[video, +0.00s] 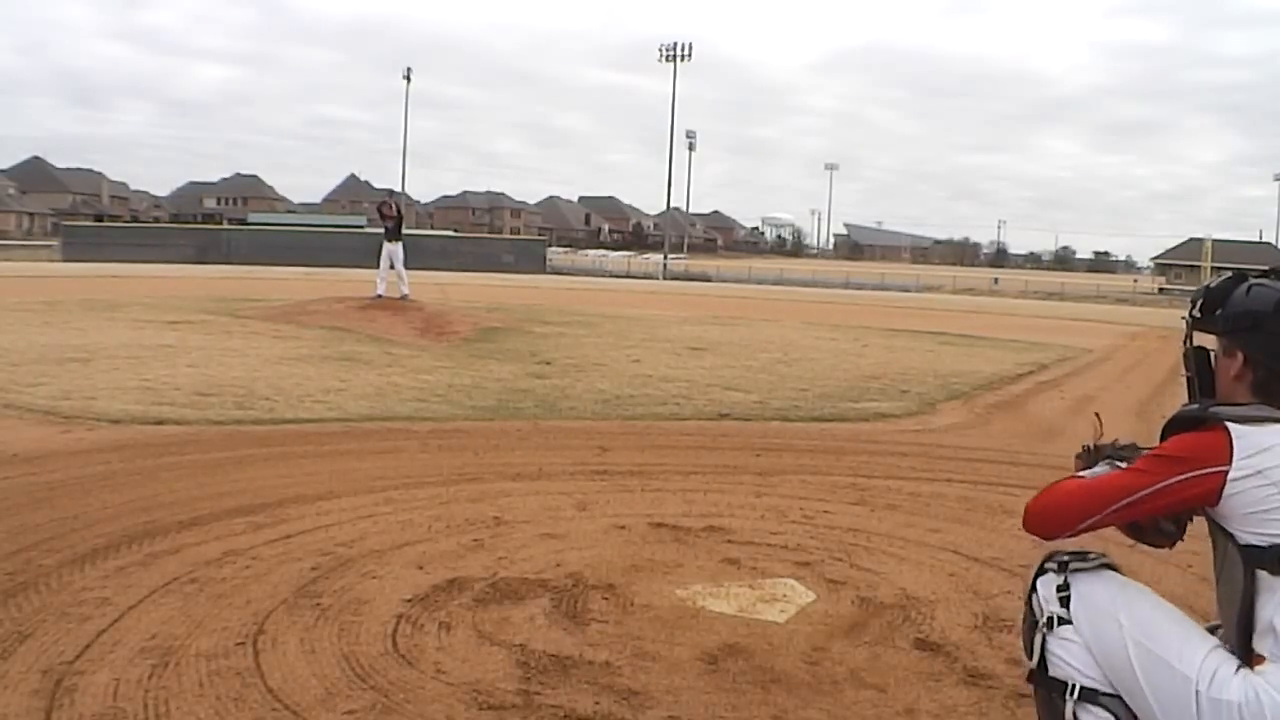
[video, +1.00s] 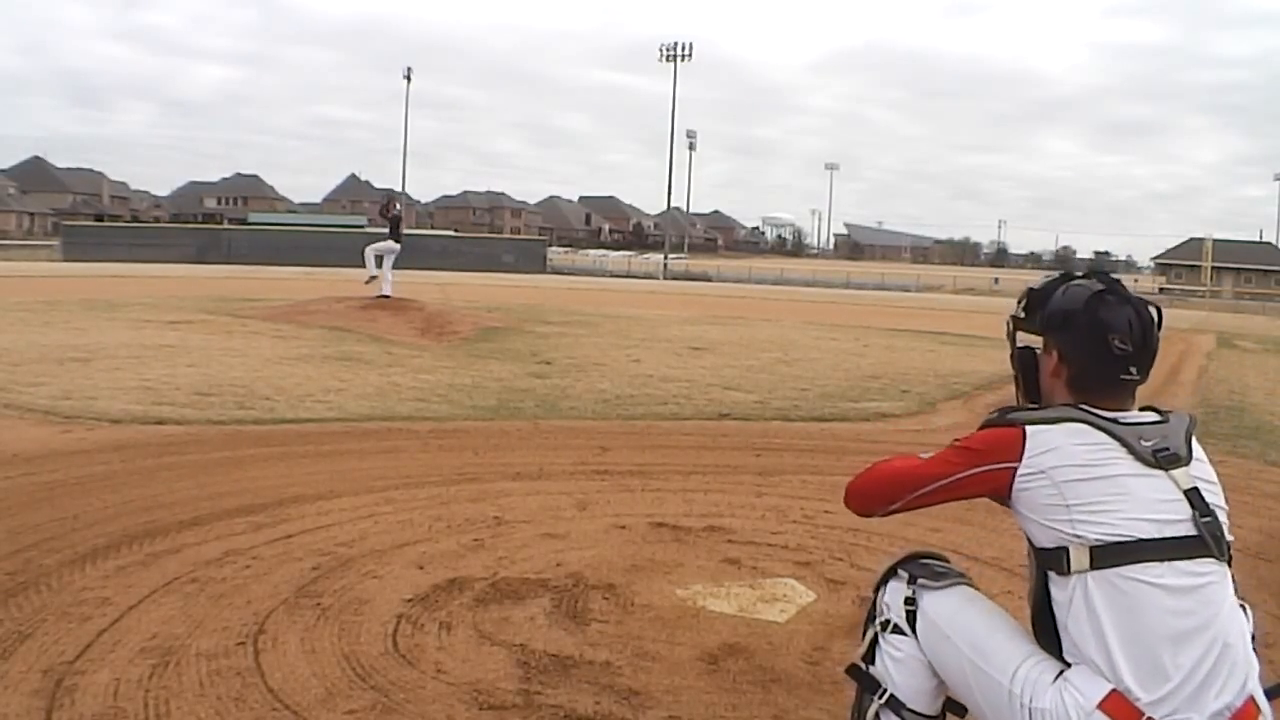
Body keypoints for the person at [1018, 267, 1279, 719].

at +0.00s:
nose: (1209, 359)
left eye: (1218, 348)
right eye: (1214, 347)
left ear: (1236, 362)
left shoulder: (1227, 448)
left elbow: (1041, 517)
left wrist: (1109, 474)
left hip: (1261, 701)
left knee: (1062, 584)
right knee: (1216, 639)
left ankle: (1095, 709)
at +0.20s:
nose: (1185, 364)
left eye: (1192, 352)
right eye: (1189, 351)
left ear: (1213, 366)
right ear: (1270, 365)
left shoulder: (1202, 450)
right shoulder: (1269, 435)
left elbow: (1013, 512)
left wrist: (1096, 461)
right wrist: (1137, 462)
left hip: (1254, 702)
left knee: (1021, 601)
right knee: (1197, 647)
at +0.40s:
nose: (1107, 353)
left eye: (1114, 343)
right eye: (1111, 341)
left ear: (1134, 357)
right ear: (1207, 366)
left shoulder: (1117, 441)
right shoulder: (1251, 434)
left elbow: (934, 498)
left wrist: (1022, 444)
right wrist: (1083, 428)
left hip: (1188, 709)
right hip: (1266, 704)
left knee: (964, 595)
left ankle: (924, 707)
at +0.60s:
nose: (1042, 315)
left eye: (1048, 303)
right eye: (1047, 302)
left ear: (1066, 319)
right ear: (1141, 330)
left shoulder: (1035, 396)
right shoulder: (1191, 401)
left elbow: (868, 448)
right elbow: (1072, 467)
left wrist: (970, 411)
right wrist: (990, 429)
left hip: (1135, 702)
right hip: (1260, 699)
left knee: (909, 585)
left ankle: (899, 707)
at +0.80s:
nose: (1035, 335)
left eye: (1039, 323)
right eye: (1038, 322)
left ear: (1055, 337)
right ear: (1133, 345)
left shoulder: (1019, 413)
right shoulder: (1181, 418)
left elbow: (857, 461)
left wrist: (967, 416)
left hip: (1090, 707)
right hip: (1229, 707)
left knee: (893, 584)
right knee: (1238, 572)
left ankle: (888, 709)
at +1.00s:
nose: (1034, 358)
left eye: (1041, 347)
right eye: (1039, 345)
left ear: (1056, 362)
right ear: (1132, 368)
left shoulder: (1029, 442)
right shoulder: (1183, 438)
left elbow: (863, 495)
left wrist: (977, 446)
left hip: (1113, 712)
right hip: (1238, 710)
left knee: (912, 587)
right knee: (1231, 598)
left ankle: (892, 708)